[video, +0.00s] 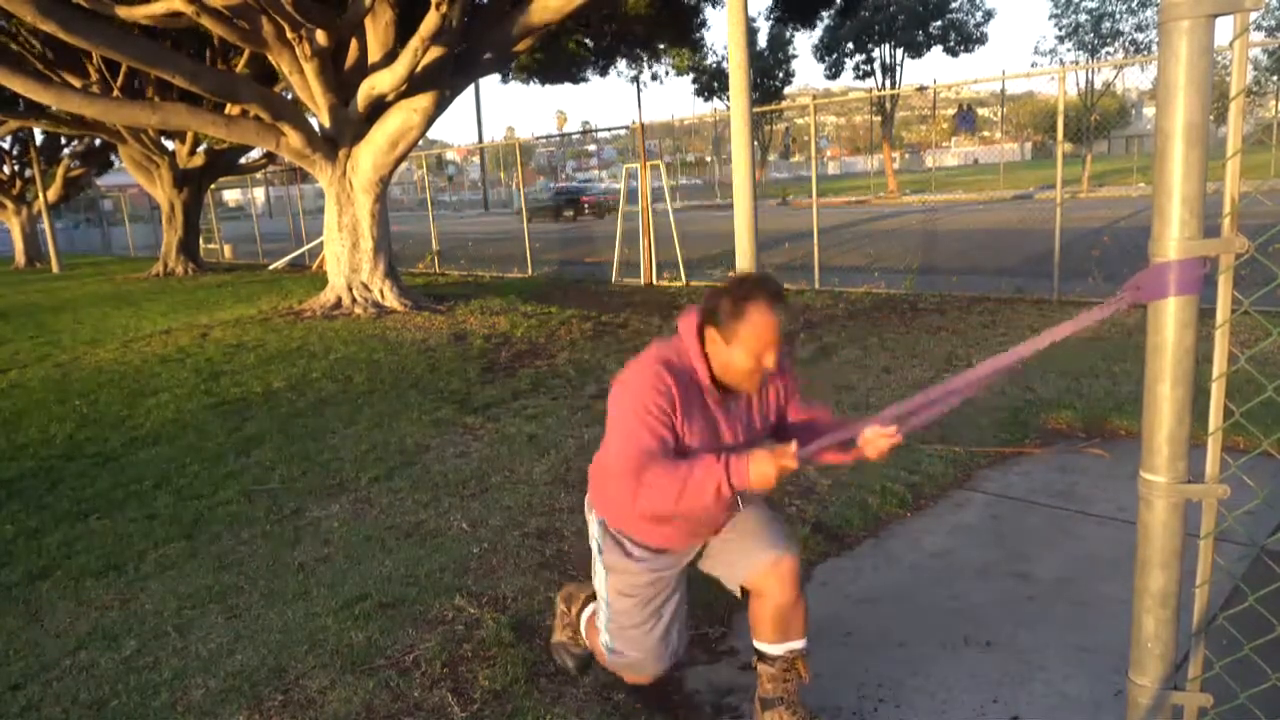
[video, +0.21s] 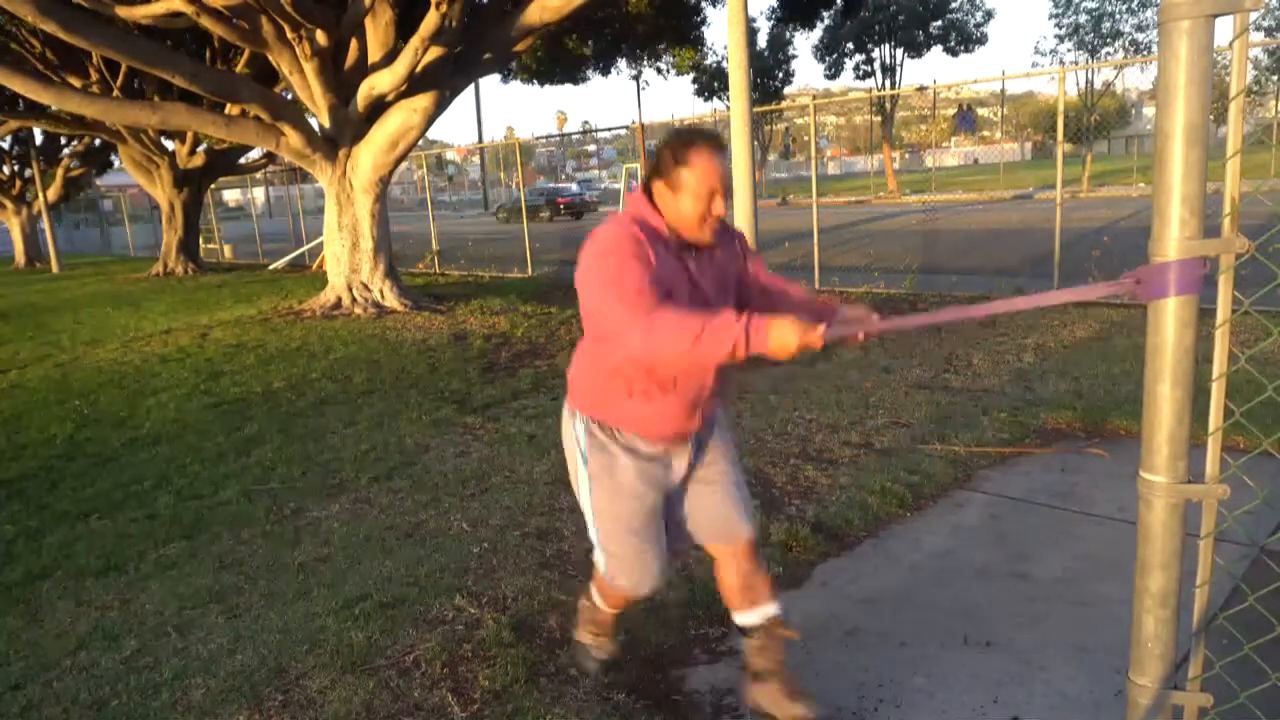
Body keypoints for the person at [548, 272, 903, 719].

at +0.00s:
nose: (772, 367)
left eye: (776, 352)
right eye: (759, 354)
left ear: (781, 341)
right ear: (714, 342)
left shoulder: (770, 375)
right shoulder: (650, 382)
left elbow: (803, 433)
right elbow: (637, 487)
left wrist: (855, 443)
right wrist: (739, 471)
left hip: (720, 507)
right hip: (637, 527)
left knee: (778, 568)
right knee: (642, 667)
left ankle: (779, 696)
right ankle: (580, 614)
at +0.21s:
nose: (721, 208)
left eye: (725, 193)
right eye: (708, 193)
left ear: (725, 190)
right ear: (664, 188)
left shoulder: (722, 244)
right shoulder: (615, 247)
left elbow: (764, 294)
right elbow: (645, 333)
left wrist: (832, 312)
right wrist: (754, 335)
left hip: (698, 425)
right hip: (613, 431)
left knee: (736, 542)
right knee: (635, 573)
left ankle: (767, 677)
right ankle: (597, 613)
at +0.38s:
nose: (692, 178)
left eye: (695, 164)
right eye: (678, 165)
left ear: (696, 159)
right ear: (632, 163)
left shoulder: (686, 209)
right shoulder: (603, 216)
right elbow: (684, 262)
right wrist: (781, 289)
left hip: (671, 406)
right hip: (602, 413)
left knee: (698, 530)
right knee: (667, 555)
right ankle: (697, 692)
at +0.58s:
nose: (700, 250)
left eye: (702, 235)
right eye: (687, 238)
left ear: (700, 232)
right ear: (640, 239)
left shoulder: (701, 287)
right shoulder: (598, 296)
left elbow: (747, 329)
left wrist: (799, 340)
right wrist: (693, 373)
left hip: (660, 477)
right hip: (603, 480)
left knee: (644, 574)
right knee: (710, 575)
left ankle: (546, 566)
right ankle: (713, 697)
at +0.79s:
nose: (727, 328)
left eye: (727, 314)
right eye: (715, 318)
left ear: (675, 318)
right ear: (669, 318)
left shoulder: (689, 354)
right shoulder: (606, 362)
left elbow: (702, 391)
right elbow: (570, 460)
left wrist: (739, 389)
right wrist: (658, 441)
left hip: (640, 515)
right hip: (584, 520)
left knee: (628, 609)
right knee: (699, 574)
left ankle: (543, 568)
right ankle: (712, 696)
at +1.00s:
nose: (702, 307)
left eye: (702, 293)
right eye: (690, 297)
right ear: (640, 301)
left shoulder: (688, 336)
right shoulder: (589, 359)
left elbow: (717, 372)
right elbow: (545, 451)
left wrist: (742, 373)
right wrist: (629, 445)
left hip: (661, 495)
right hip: (601, 504)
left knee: (645, 577)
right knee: (702, 581)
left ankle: (544, 568)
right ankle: (711, 695)